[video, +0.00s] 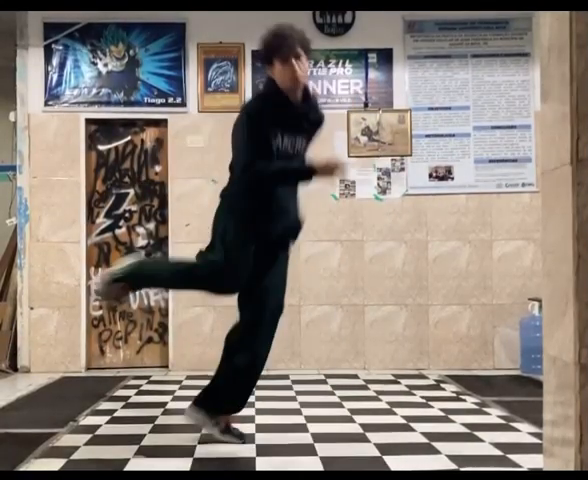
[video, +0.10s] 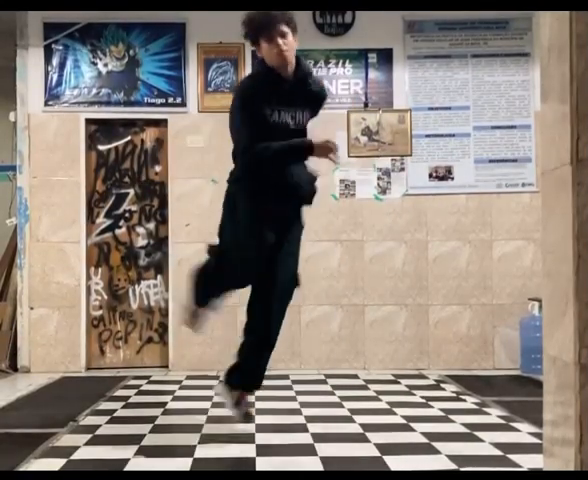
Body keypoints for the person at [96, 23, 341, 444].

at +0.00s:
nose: (301, 68)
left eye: (302, 59)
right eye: (292, 61)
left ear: (306, 61)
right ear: (273, 67)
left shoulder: (302, 106)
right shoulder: (257, 111)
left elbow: (313, 124)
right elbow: (252, 170)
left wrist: (301, 91)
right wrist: (310, 169)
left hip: (275, 229)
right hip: (242, 221)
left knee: (260, 322)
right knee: (224, 276)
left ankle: (213, 406)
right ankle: (133, 274)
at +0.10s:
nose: (280, 45)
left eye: (284, 35)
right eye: (269, 40)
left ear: (295, 38)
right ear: (256, 48)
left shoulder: (311, 89)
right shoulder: (249, 90)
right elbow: (248, 154)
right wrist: (308, 147)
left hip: (288, 201)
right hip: (249, 197)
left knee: (276, 294)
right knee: (244, 266)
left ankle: (240, 383)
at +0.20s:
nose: (270, 44)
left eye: (274, 35)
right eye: (261, 39)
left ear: (289, 38)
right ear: (251, 49)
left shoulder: (316, 94)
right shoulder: (242, 94)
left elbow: (313, 153)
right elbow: (241, 164)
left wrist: (308, 176)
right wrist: (291, 179)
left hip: (293, 202)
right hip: (252, 201)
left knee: (287, 284)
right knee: (239, 281)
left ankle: (282, 375)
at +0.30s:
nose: (266, 66)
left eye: (271, 57)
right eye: (258, 61)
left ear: (285, 62)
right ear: (247, 70)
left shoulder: (309, 115)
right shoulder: (238, 124)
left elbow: (329, 175)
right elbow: (236, 186)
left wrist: (335, 227)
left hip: (302, 227)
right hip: (256, 231)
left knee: (303, 306)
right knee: (262, 313)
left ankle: (326, 386)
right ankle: (296, 387)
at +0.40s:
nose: (261, 82)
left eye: (266, 73)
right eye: (253, 76)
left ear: (279, 77)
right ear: (243, 84)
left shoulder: (302, 124)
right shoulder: (235, 131)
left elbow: (327, 177)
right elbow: (226, 181)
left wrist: (338, 228)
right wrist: (217, 225)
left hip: (300, 233)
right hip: (260, 237)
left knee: (321, 308)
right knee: (280, 315)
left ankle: (329, 390)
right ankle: (302, 389)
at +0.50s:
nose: (241, 70)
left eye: (247, 61)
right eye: (234, 63)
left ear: (265, 56)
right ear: (227, 63)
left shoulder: (286, 99)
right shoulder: (227, 101)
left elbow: (293, 157)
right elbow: (228, 144)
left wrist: (270, 196)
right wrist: (226, 180)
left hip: (286, 196)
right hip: (249, 198)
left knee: (293, 278)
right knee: (260, 283)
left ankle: (316, 357)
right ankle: (279, 360)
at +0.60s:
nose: (219, 82)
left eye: (224, 74)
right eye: (214, 75)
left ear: (242, 63)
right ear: (212, 68)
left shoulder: (266, 97)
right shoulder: (226, 93)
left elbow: (261, 158)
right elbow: (232, 138)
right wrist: (220, 171)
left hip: (281, 196)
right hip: (248, 194)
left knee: (273, 269)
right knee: (237, 269)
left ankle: (289, 352)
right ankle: (257, 338)